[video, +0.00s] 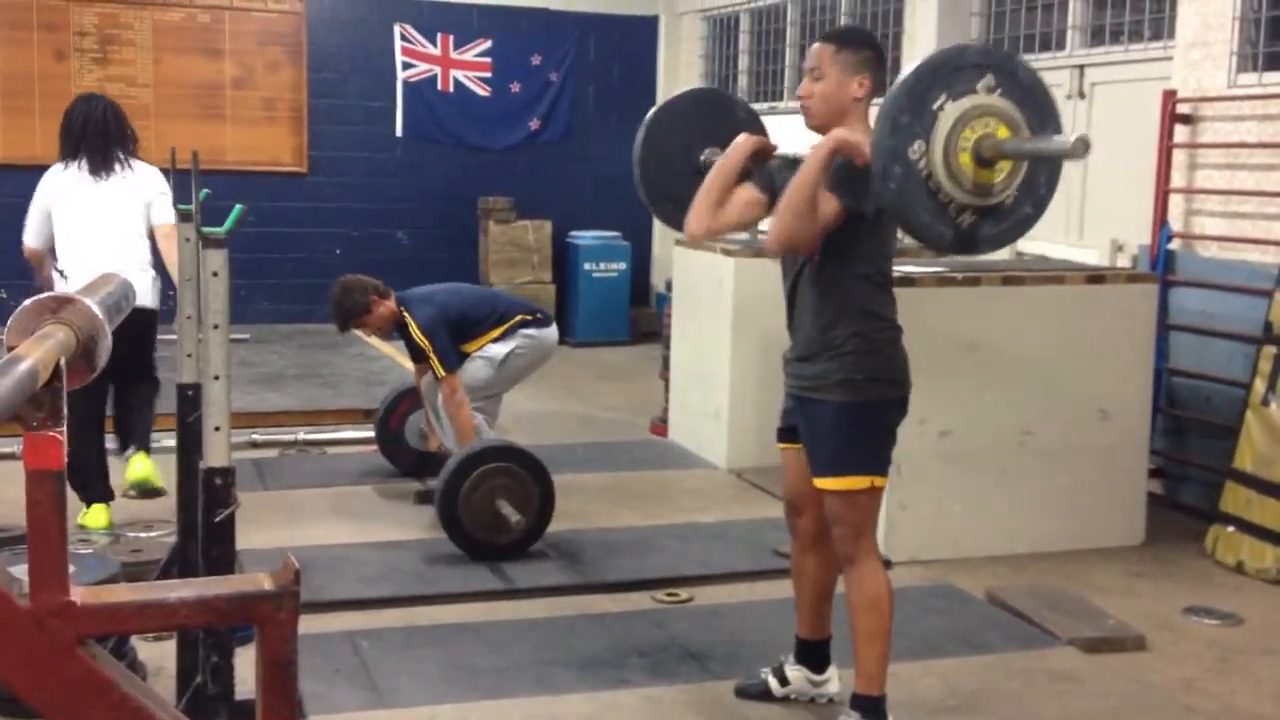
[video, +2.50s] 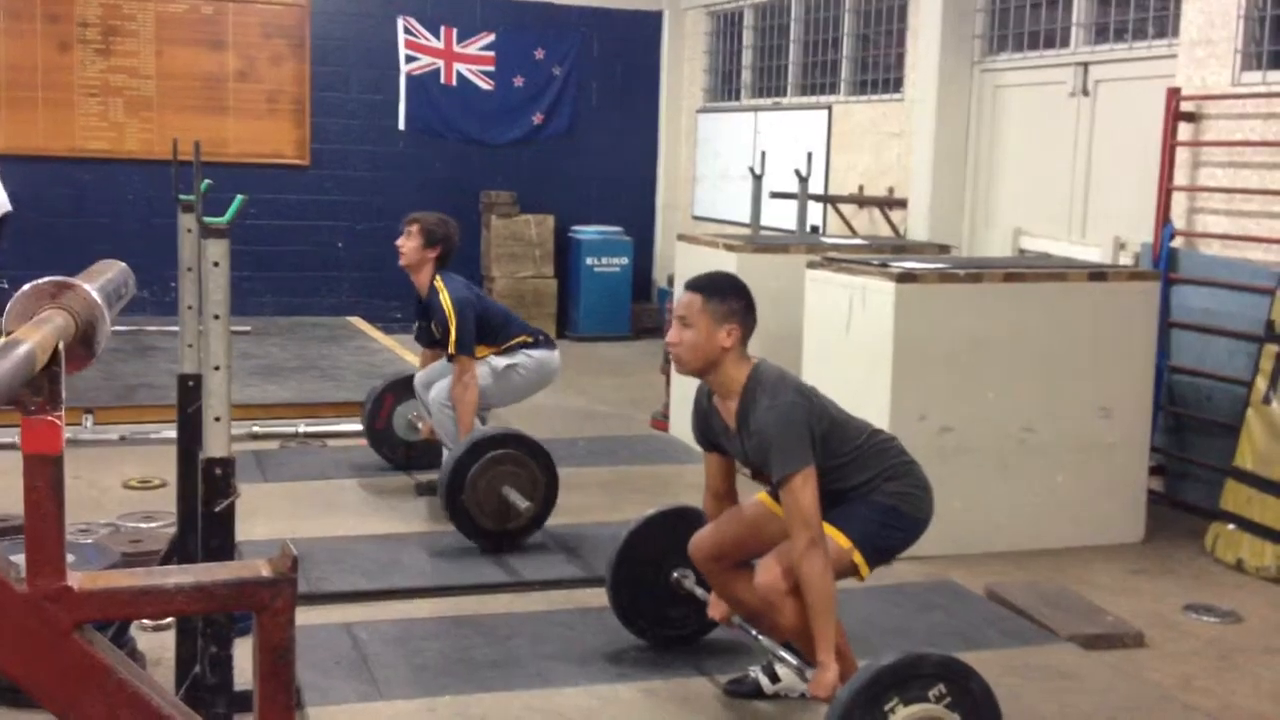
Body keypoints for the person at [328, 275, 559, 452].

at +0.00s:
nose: (369, 333)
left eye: (365, 324)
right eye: (362, 329)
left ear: (377, 303)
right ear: (378, 300)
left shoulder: (421, 317)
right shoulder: (407, 314)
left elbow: (454, 391)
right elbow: (424, 375)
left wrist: (472, 459)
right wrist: (433, 434)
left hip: (529, 334)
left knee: (444, 391)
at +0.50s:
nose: (347, 302)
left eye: (355, 293)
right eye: (347, 293)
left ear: (381, 295)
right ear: (381, 296)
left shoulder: (423, 322)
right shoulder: (403, 320)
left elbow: (458, 394)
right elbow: (421, 375)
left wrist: (483, 460)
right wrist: (436, 431)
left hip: (529, 341)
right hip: (510, 341)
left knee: (446, 401)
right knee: (428, 390)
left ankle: (482, 476)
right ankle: (465, 473)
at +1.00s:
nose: (370, 269)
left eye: (379, 263)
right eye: (373, 261)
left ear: (404, 276)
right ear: (404, 278)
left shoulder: (432, 317)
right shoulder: (413, 312)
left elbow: (458, 392)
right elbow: (425, 371)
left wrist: (480, 463)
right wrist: (436, 429)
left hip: (533, 358)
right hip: (513, 356)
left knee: (444, 401)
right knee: (426, 388)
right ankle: (465, 474)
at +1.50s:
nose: (405, 249)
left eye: (417, 245)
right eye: (411, 243)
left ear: (438, 263)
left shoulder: (456, 310)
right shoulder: (432, 304)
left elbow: (470, 389)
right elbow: (436, 367)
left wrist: (473, 458)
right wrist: (436, 431)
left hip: (539, 372)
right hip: (513, 369)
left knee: (448, 406)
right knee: (429, 387)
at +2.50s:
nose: (398, 243)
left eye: (409, 236)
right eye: (402, 235)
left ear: (433, 251)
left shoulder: (453, 298)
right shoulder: (427, 294)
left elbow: (466, 377)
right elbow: (431, 356)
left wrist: (466, 450)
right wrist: (435, 419)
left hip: (533, 357)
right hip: (504, 354)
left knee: (442, 398)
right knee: (425, 381)